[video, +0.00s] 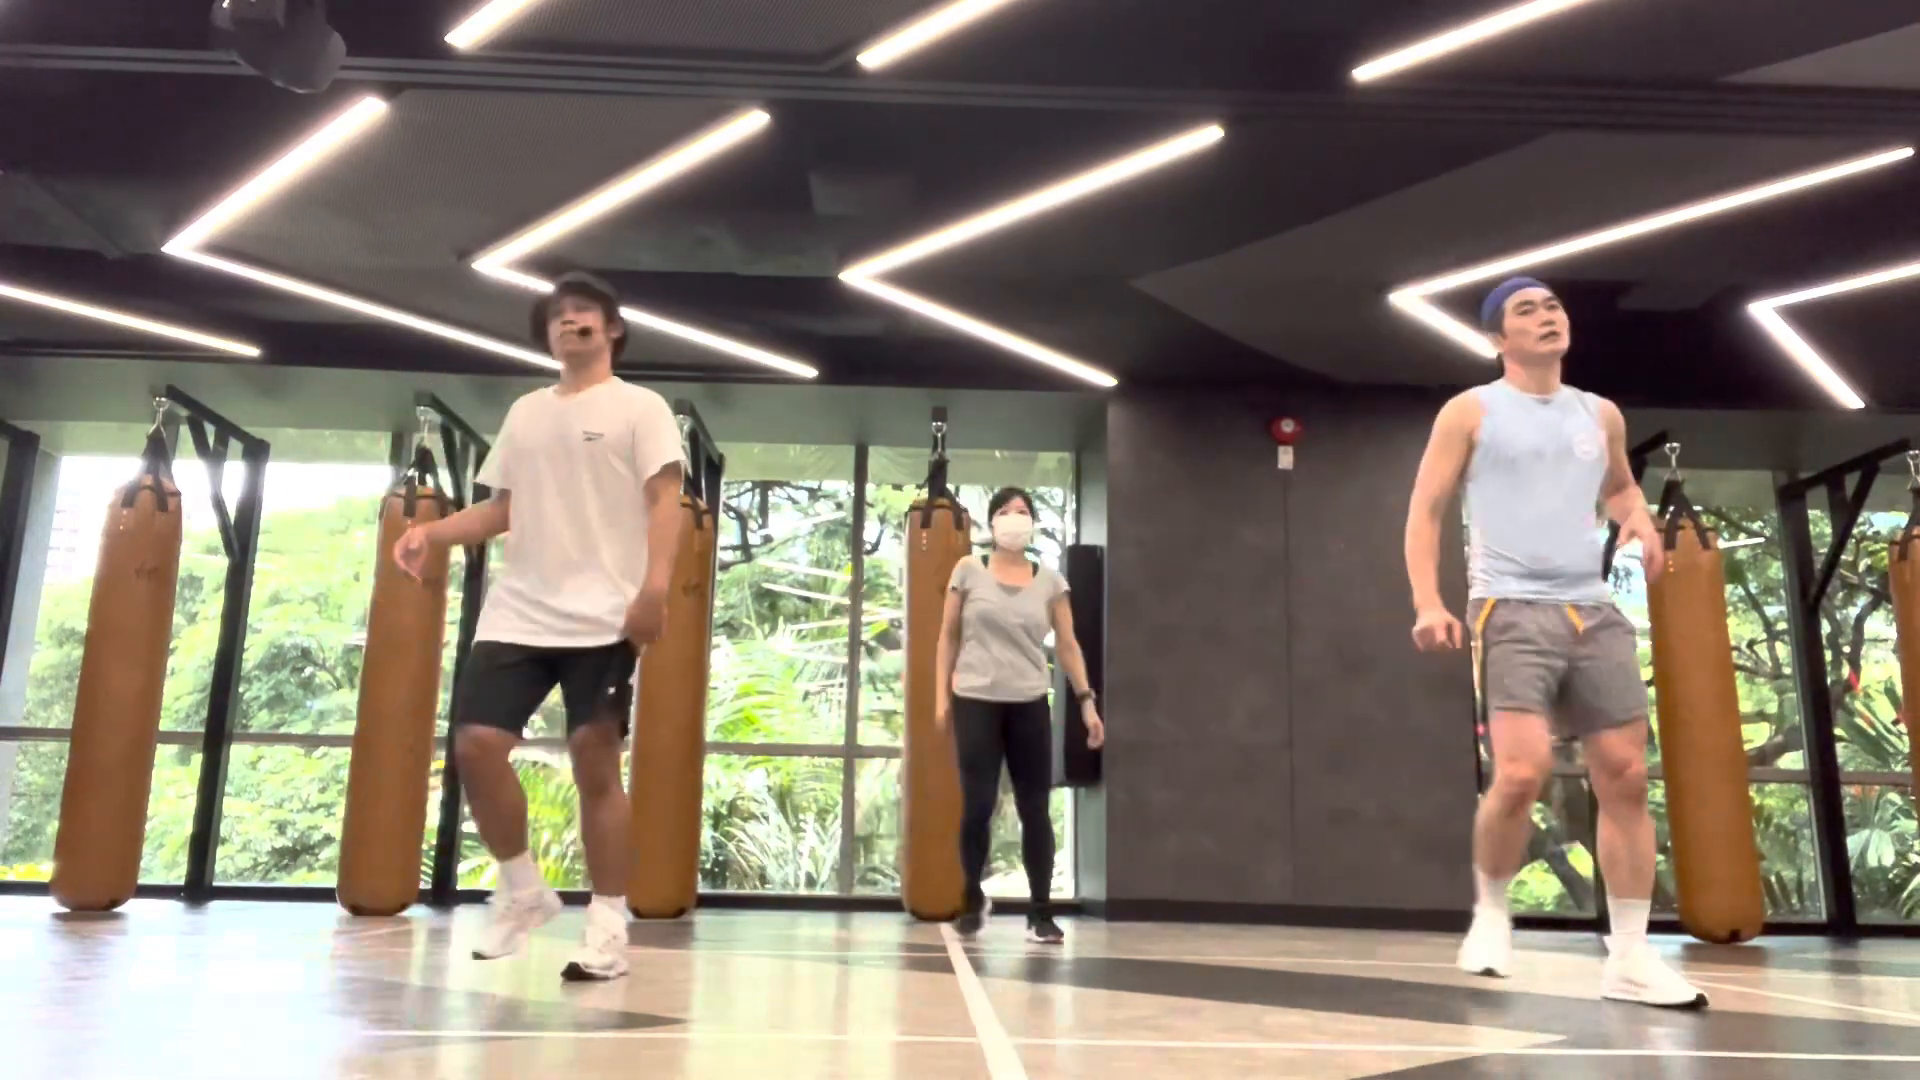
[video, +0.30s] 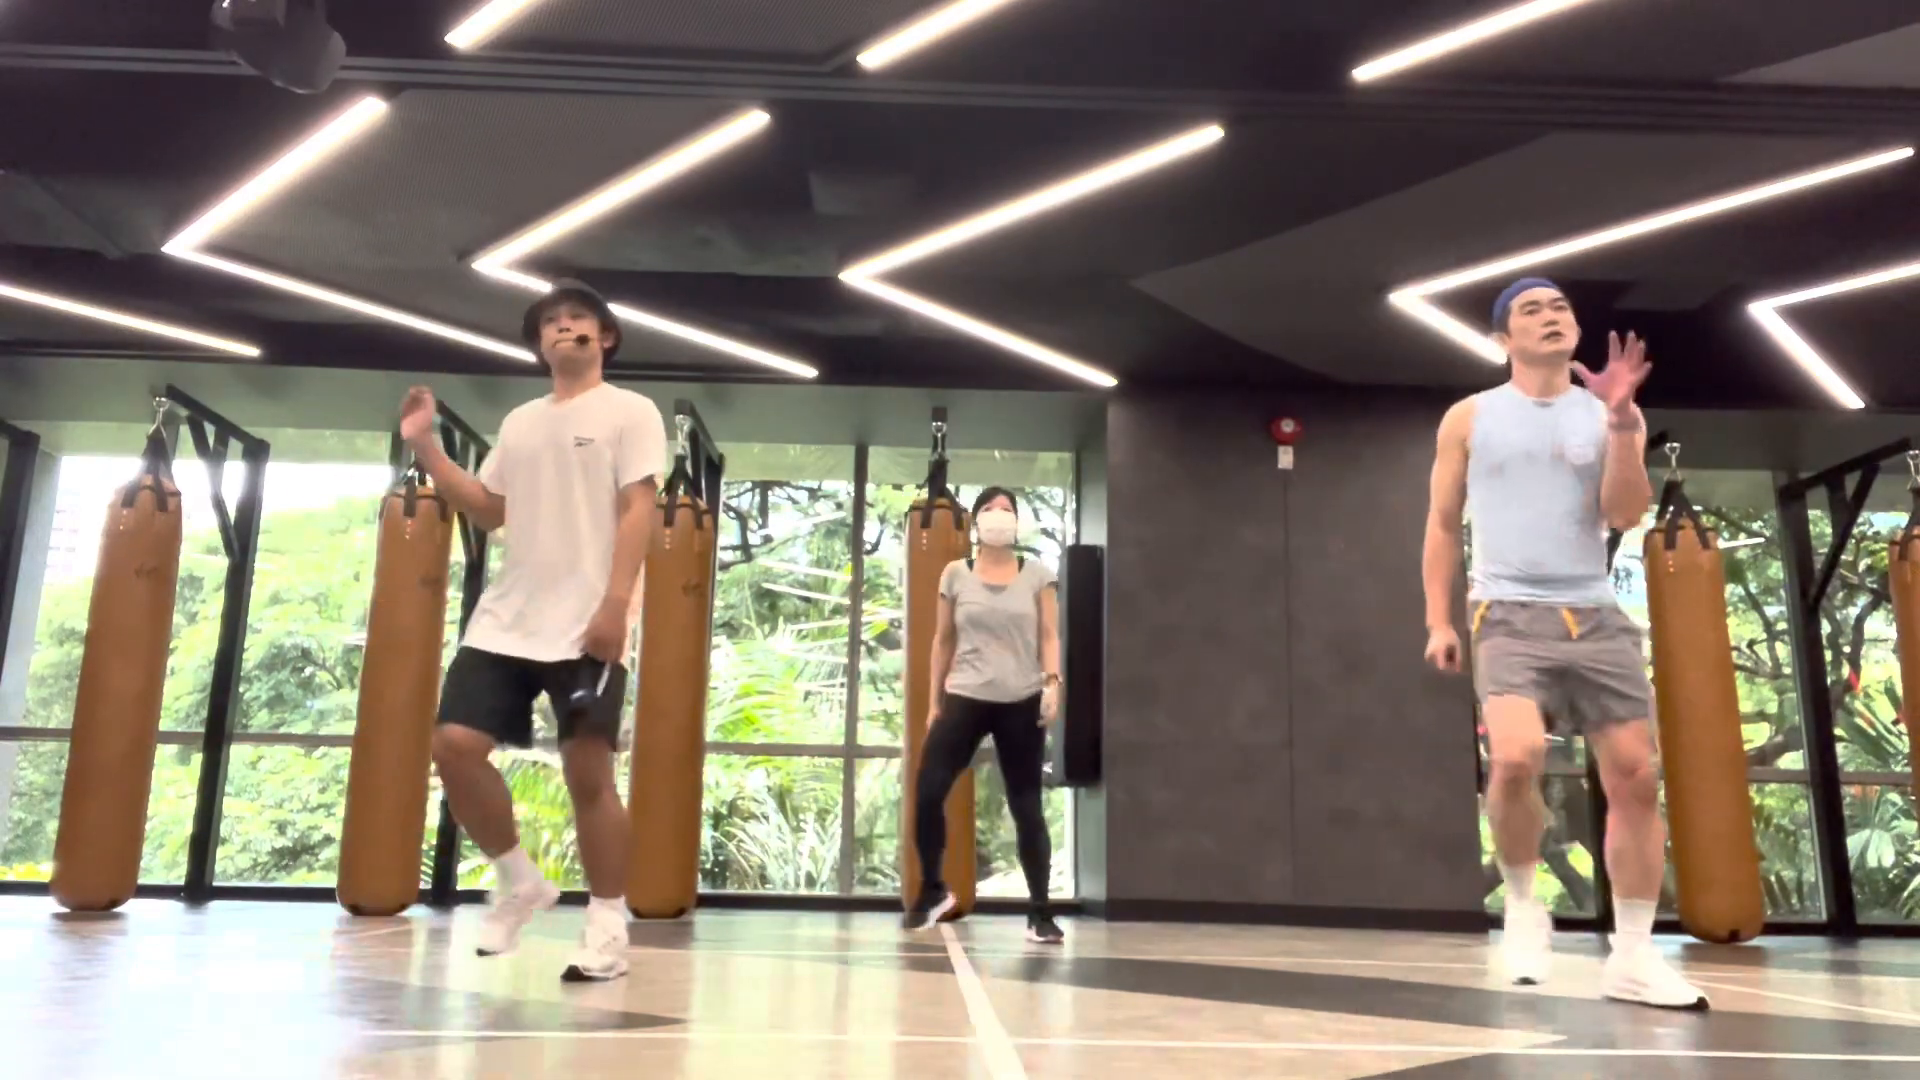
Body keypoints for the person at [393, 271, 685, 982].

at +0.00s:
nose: (573, 320)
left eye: (587, 312)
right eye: (562, 312)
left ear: (613, 331)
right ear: (547, 334)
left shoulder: (642, 408)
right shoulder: (526, 411)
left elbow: (667, 500)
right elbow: (505, 509)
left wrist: (656, 587)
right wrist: (434, 531)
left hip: (602, 614)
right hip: (517, 611)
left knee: (595, 759)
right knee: (476, 745)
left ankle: (608, 928)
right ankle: (525, 894)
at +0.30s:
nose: (567, 328)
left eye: (580, 320)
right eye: (554, 322)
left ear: (605, 339)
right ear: (537, 346)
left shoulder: (632, 412)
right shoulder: (518, 422)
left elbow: (638, 512)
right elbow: (487, 508)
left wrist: (615, 606)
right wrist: (428, 448)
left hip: (588, 618)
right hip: (507, 615)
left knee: (588, 773)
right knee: (455, 746)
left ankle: (608, 927)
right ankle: (520, 881)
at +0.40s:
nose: (554, 323)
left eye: (567, 315)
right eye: (541, 317)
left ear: (593, 334)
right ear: (524, 341)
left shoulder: (619, 408)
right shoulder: (503, 417)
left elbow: (626, 509)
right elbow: (460, 494)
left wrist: (600, 598)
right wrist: (416, 416)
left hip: (574, 615)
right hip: (488, 611)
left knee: (582, 768)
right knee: (422, 741)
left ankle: (607, 928)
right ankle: (440, 897)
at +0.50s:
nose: (540, 332)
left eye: (554, 322)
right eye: (527, 324)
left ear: (579, 344)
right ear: (508, 346)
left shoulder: (601, 421)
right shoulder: (478, 420)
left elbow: (612, 517)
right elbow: (424, 496)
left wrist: (585, 604)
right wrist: (394, 415)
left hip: (550, 625)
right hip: (465, 620)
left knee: (567, 768)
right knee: (396, 757)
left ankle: (605, 927)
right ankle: (355, 912)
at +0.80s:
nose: (463, 331)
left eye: (480, 324)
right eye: (453, 321)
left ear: (504, 348)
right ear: (435, 339)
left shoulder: (520, 428)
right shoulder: (393, 407)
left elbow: (518, 528)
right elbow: (336, 479)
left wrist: (500, 617)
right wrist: (312, 397)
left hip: (460, 627)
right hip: (367, 619)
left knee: (489, 761)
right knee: (332, 763)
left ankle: (540, 912)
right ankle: (327, 928)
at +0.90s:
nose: (449, 325)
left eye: (466, 318)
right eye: (439, 315)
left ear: (491, 341)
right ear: (421, 334)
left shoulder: (511, 421)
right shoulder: (378, 401)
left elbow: (509, 522)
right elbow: (317, 470)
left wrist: (484, 606)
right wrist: (307, 385)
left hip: (443, 625)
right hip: (352, 617)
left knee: (444, 762)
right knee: (333, 769)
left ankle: (460, 911)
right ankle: (326, 927)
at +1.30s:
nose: (456, 324)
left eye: (472, 318)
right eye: (444, 314)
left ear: (495, 341)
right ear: (425, 332)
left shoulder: (519, 416)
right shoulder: (390, 399)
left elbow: (531, 512)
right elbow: (332, 470)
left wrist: (531, 587)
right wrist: (361, 385)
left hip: (474, 614)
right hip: (381, 611)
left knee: (490, 740)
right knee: (342, 761)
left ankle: (512, 884)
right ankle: (325, 921)